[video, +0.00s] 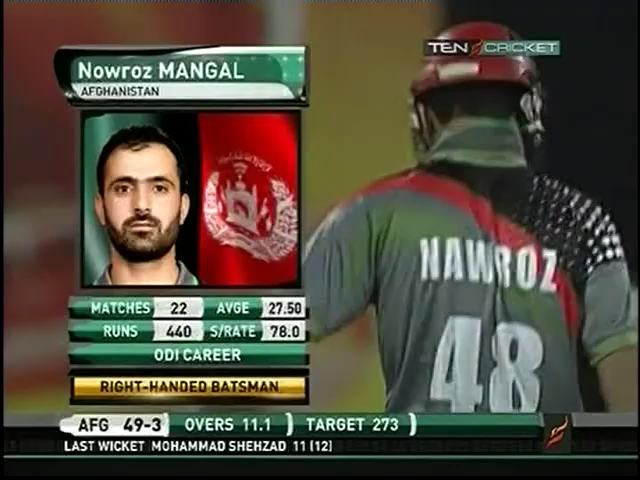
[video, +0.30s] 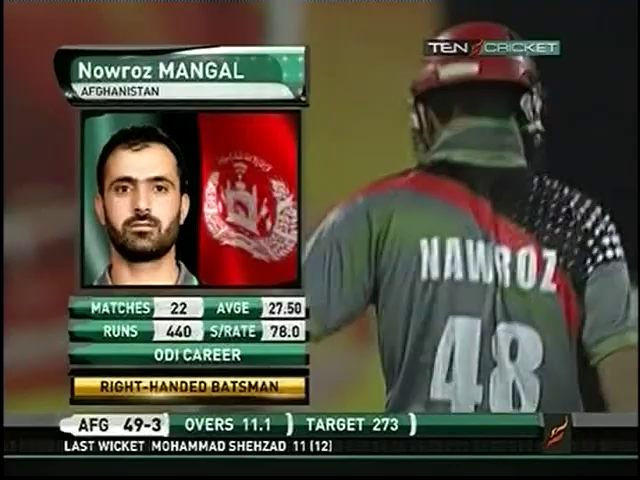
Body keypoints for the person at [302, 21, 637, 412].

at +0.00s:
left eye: (415, 112)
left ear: (424, 118)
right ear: (529, 111)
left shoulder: (379, 211)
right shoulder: (582, 220)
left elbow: (280, 328)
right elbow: (625, 379)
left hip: (423, 453)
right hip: (550, 456)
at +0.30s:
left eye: (415, 112)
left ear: (424, 118)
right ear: (529, 111)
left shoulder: (379, 211)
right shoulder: (582, 220)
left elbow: (280, 328)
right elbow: (625, 379)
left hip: (423, 453)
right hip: (550, 456)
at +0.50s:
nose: (568, 152)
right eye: (563, 129)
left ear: (455, 122)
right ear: (535, 120)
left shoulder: (374, 222)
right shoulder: (577, 239)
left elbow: (293, 367)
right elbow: (609, 409)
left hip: (405, 465)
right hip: (532, 469)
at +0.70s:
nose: (590, 130)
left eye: (592, 110)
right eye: (584, 107)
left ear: (491, 91)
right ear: (546, 99)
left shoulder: (381, 199)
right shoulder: (583, 220)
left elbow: (338, 383)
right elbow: (602, 392)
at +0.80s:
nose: (606, 126)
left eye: (606, 108)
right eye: (594, 105)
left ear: (497, 91)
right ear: (544, 98)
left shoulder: (397, 195)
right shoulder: (574, 210)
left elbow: (359, 376)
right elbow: (599, 386)